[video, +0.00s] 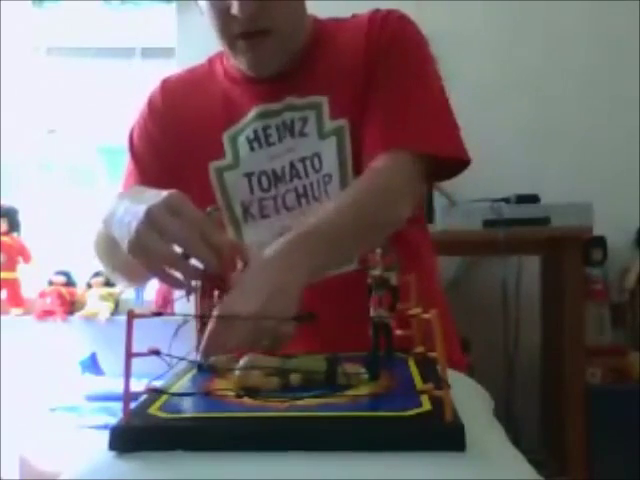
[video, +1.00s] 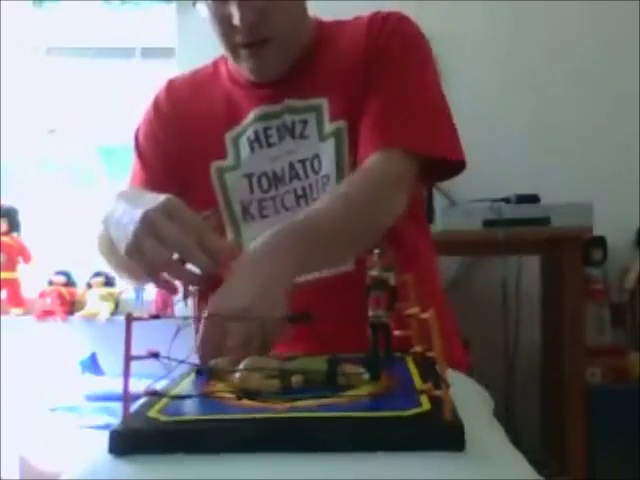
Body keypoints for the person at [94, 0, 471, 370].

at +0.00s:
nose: (239, 11)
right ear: (203, 7)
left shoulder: (381, 42)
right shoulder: (172, 106)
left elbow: (399, 182)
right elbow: (127, 269)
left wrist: (285, 265)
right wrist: (124, 214)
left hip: (399, 380)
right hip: (243, 398)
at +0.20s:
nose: (237, 12)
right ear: (202, 8)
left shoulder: (382, 42)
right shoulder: (174, 106)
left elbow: (397, 184)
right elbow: (128, 270)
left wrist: (285, 264)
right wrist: (124, 214)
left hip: (398, 381)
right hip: (242, 398)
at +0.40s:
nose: (239, 14)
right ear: (202, 7)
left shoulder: (382, 43)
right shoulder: (175, 107)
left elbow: (398, 180)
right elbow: (131, 269)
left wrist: (284, 266)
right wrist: (126, 215)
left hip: (398, 382)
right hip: (245, 399)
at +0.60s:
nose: (239, 16)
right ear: (203, 6)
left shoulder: (383, 43)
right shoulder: (178, 106)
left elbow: (387, 189)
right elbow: (133, 268)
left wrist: (280, 269)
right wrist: (126, 215)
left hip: (398, 380)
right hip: (246, 397)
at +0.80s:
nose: (240, 20)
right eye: (219, 1)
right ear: (203, 6)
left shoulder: (383, 43)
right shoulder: (178, 106)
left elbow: (380, 189)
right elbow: (133, 265)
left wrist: (273, 274)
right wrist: (126, 216)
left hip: (397, 380)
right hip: (244, 396)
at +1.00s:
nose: (240, 20)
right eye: (218, 1)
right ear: (203, 6)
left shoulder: (383, 43)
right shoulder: (178, 106)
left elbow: (387, 185)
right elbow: (134, 259)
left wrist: (271, 262)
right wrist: (124, 214)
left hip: (399, 378)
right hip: (247, 395)